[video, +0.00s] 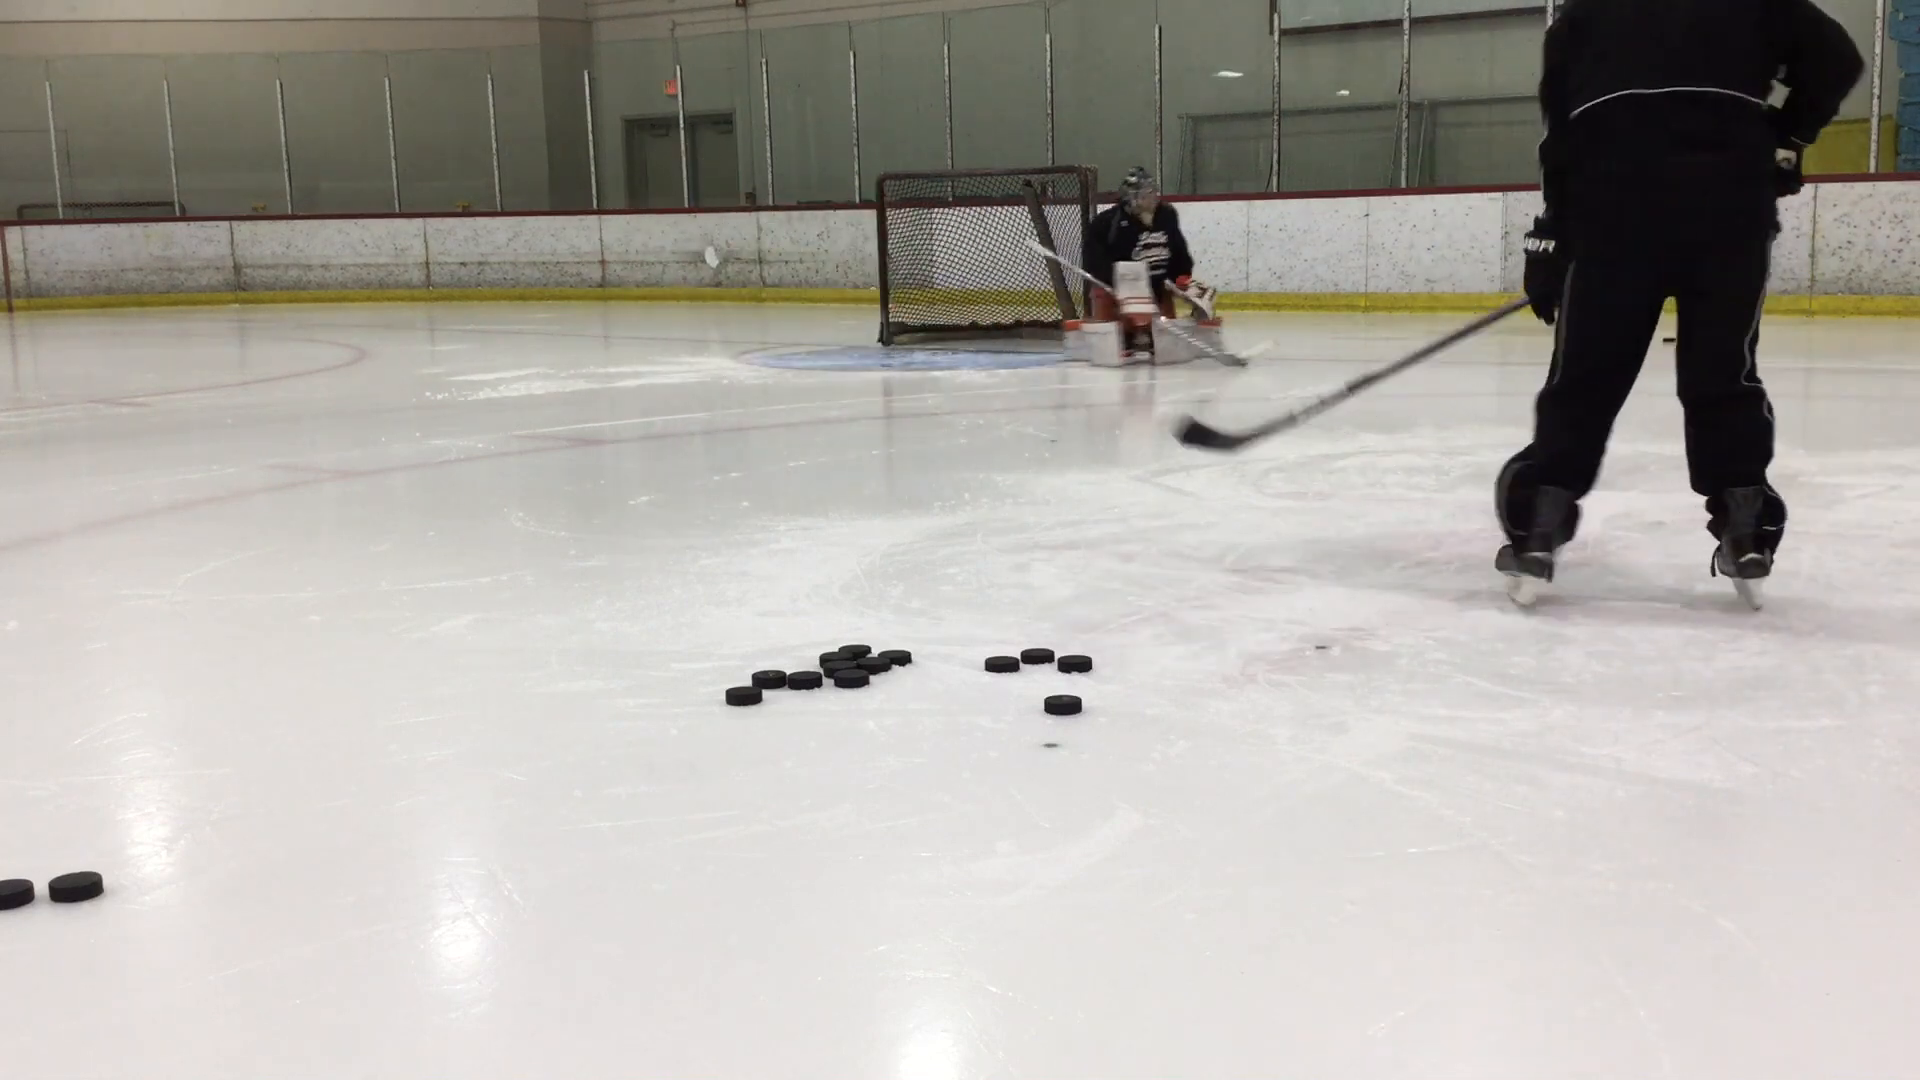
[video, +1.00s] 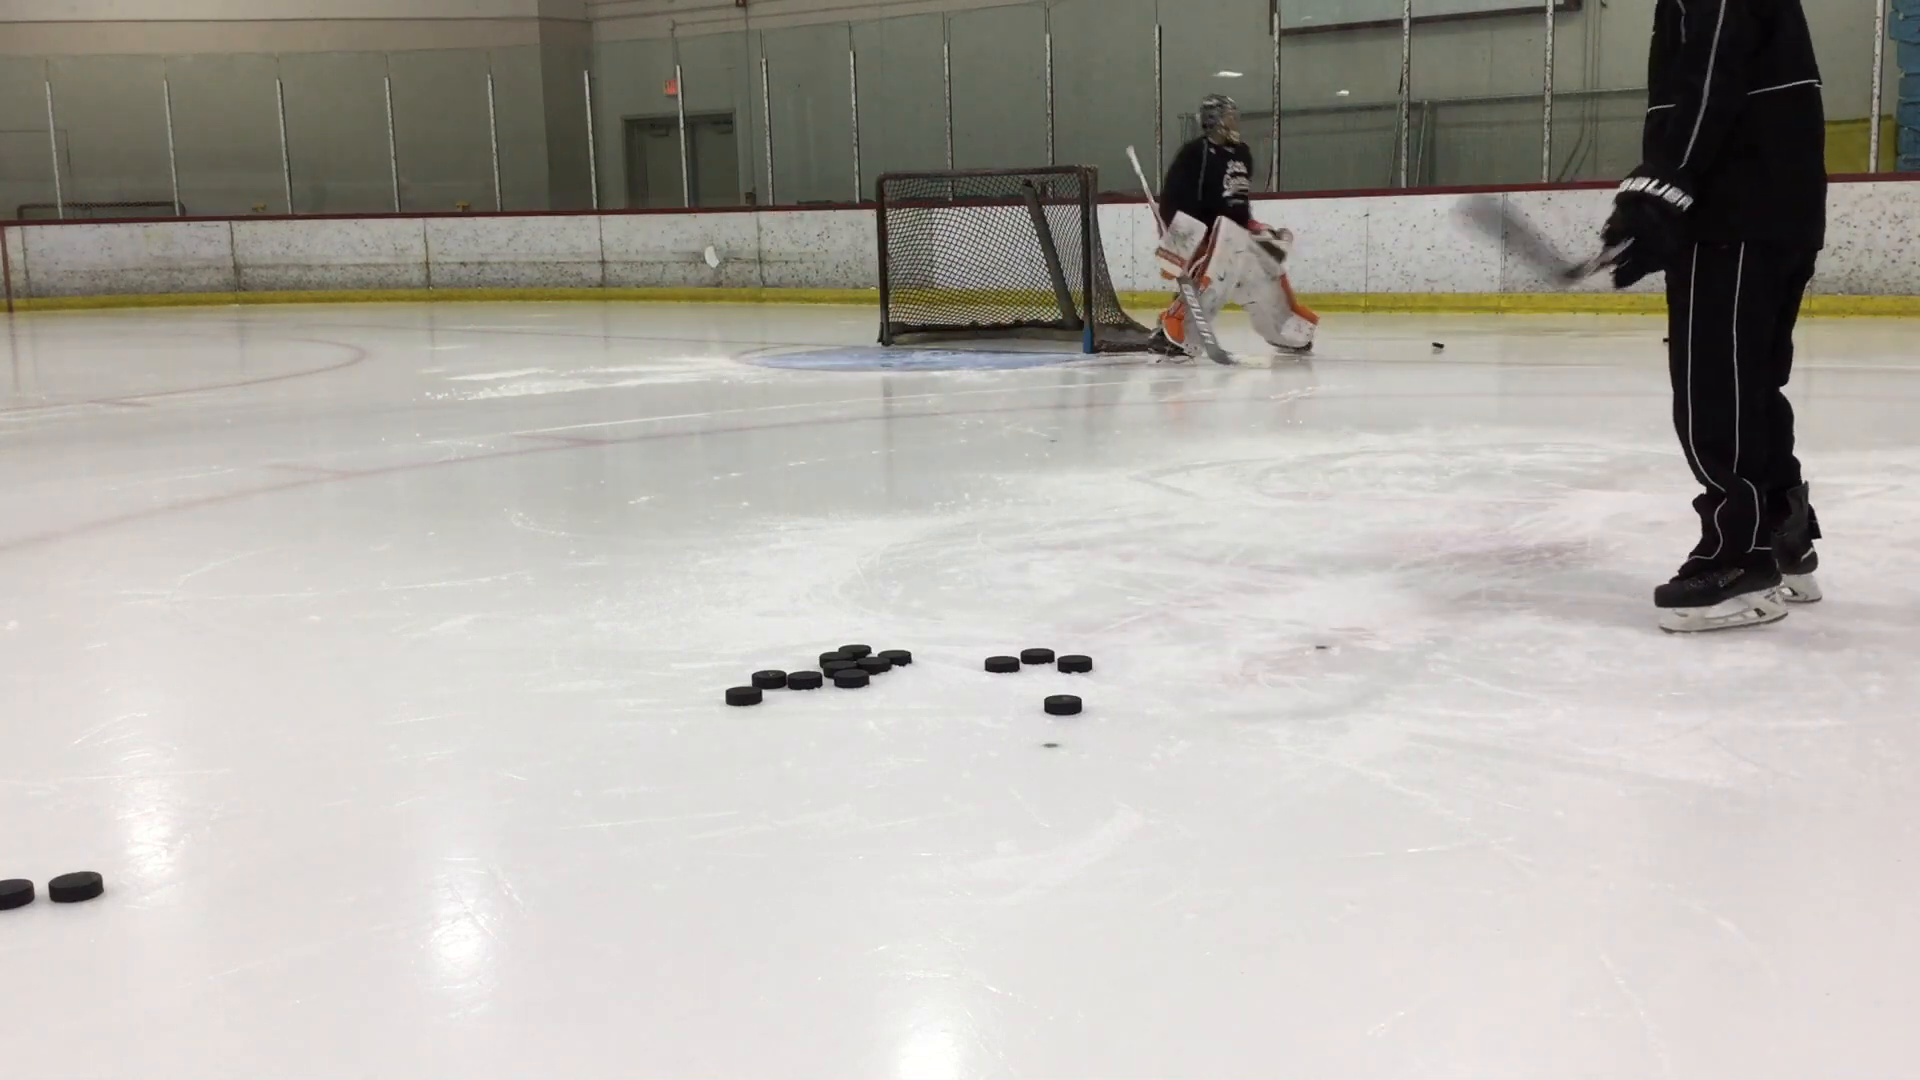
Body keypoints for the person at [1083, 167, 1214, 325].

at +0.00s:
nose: (1154, 198)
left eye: (1154, 192)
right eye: (1146, 194)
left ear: (1157, 193)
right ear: (1131, 197)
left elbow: (1180, 253)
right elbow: (1096, 269)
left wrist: (1182, 279)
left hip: (1159, 295)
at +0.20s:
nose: (1181, 187)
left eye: (1182, 181)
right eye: (1174, 183)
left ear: (1186, 181)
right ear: (1161, 187)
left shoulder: (1197, 205)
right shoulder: (1148, 217)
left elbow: (1202, 243)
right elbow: (1146, 266)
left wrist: (1213, 268)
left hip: (1195, 277)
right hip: (1160, 281)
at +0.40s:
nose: (1228, 170)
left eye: (1227, 165)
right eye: (1220, 167)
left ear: (1229, 167)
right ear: (1207, 173)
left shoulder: (1237, 195)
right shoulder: (1195, 203)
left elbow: (1236, 244)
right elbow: (1188, 260)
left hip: (1231, 265)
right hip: (1196, 272)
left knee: (1279, 286)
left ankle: (1281, 345)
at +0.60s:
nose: (1263, 164)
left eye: (1265, 158)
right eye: (1257, 159)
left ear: (1269, 160)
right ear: (1242, 163)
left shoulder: (1271, 189)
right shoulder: (1226, 190)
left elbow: (1263, 232)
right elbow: (1207, 243)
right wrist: (1217, 290)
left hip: (1256, 259)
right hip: (1223, 262)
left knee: (1291, 298)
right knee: (1239, 319)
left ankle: (1304, 339)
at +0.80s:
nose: (1263, 151)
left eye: (1266, 145)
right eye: (1258, 146)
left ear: (1270, 146)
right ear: (1242, 148)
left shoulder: (1273, 175)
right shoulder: (1224, 176)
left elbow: (1269, 221)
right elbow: (1200, 225)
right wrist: (1195, 272)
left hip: (1260, 254)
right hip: (1225, 255)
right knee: (1243, 302)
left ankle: (1306, 332)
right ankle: (1187, 347)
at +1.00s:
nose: (1235, 121)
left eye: (1235, 116)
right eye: (1229, 117)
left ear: (1232, 118)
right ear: (1213, 120)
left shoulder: (1241, 152)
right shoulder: (1194, 153)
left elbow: (1237, 198)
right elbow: (1172, 203)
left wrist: (1249, 227)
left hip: (1234, 234)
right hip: (1202, 233)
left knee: (1262, 278)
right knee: (1212, 283)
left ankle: (1287, 332)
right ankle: (1173, 334)